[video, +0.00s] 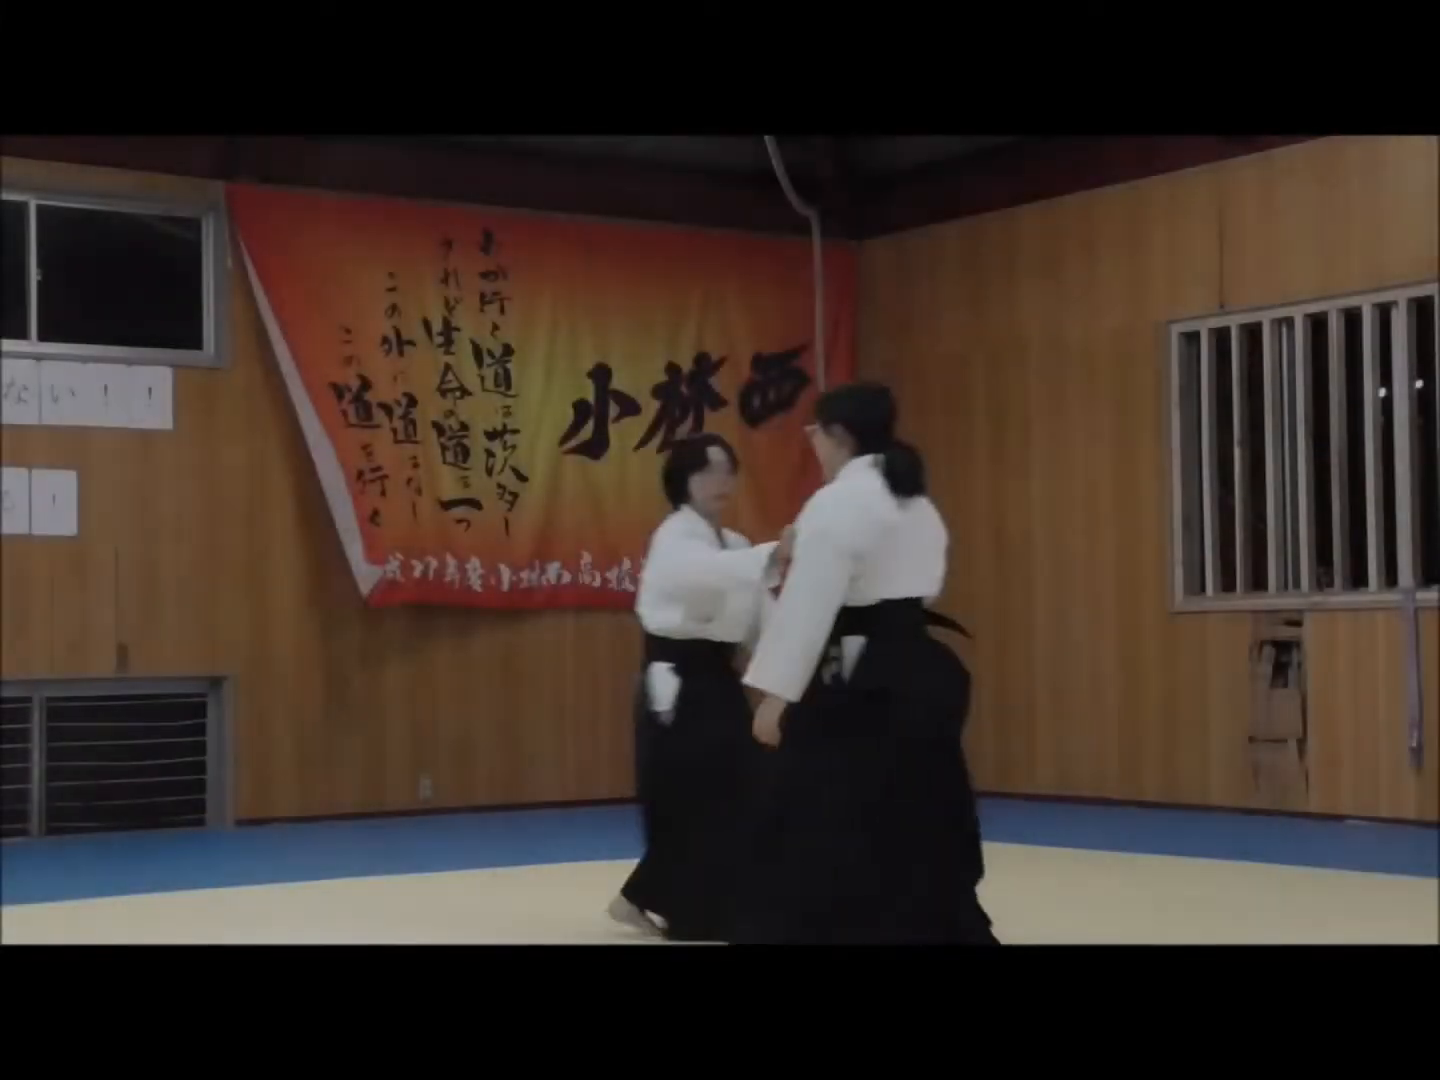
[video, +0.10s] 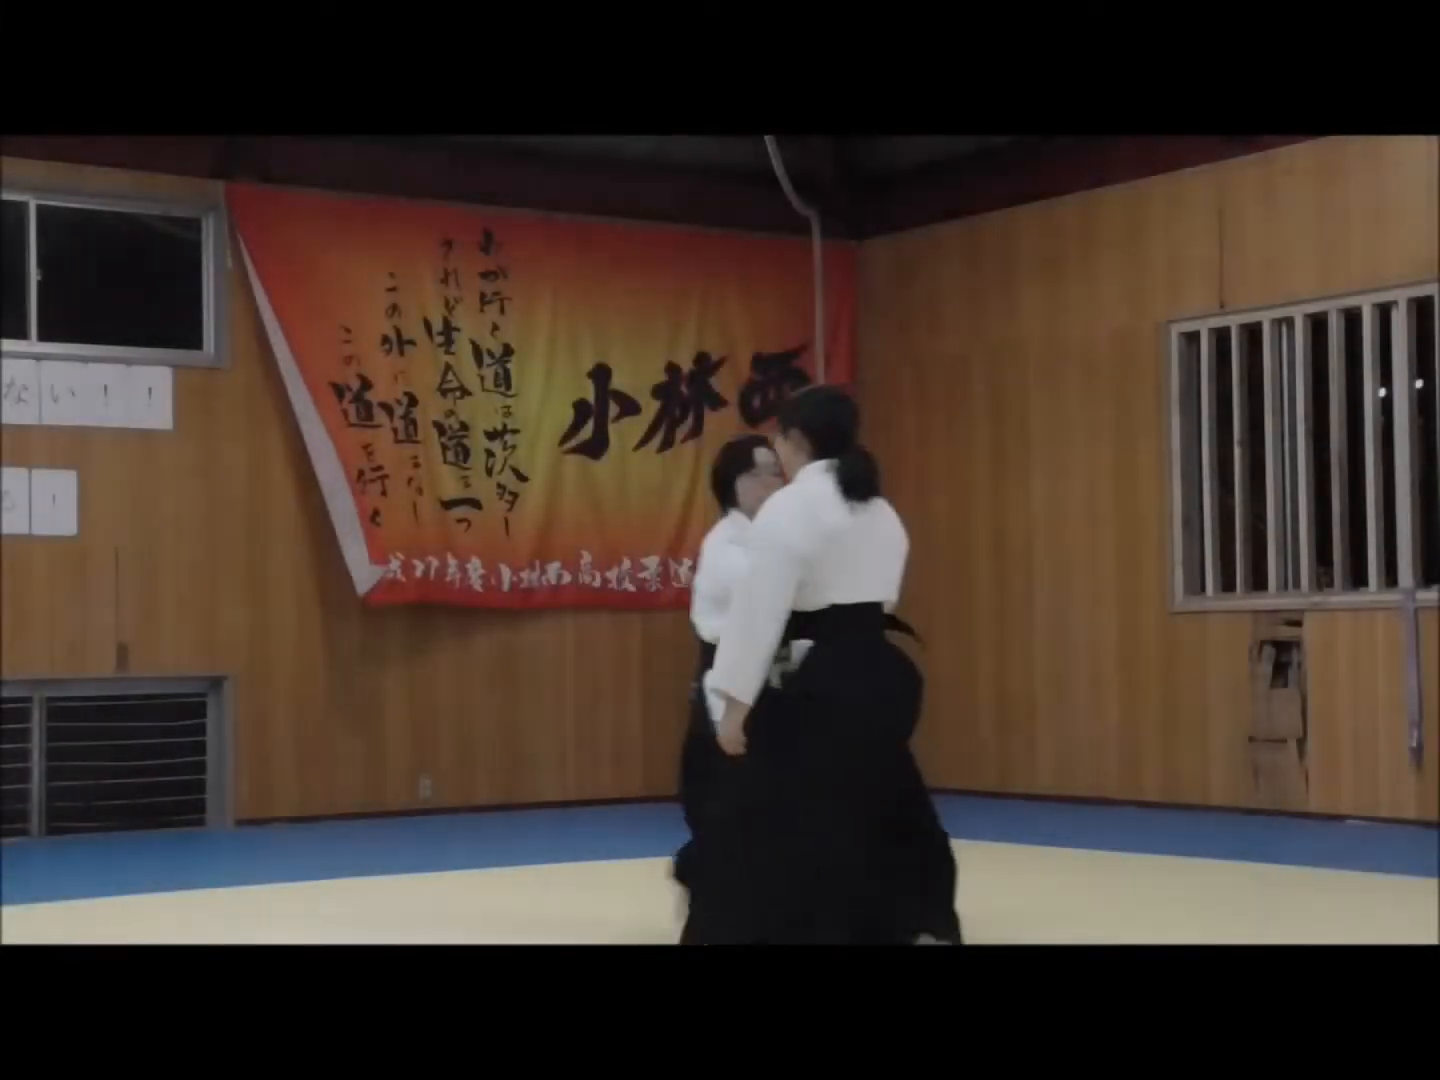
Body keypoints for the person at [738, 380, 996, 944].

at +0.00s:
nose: (812, 441)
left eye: (817, 431)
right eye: (814, 430)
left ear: (840, 436)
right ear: (878, 434)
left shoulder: (834, 507)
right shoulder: (918, 502)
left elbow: (808, 605)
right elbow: (922, 595)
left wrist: (776, 696)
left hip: (854, 676)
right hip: (921, 672)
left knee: (830, 814)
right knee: (916, 813)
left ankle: (835, 925)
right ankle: (926, 923)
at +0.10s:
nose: (775, 447)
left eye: (781, 436)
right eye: (776, 437)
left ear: (799, 439)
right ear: (844, 438)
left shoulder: (787, 512)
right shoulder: (883, 512)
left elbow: (759, 613)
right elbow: (884, 603)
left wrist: (733, 703)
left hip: (809, 680)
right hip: (880, 673)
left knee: (781, 815)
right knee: (875, 803)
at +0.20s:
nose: (741, 446)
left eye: (743, 435)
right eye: (743, 435)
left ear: (759, 439)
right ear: (809, 436)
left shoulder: (746, 508)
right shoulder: (851, 510)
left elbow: (717, 603)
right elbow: (863, 606)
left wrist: (693, 692)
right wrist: (909, 681)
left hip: (775, 682)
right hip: (852, 678)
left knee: (739, 817)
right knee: (841, 816)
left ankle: (739, 930)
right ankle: (849, 930)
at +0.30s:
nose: (714, 450)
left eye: (717, 440)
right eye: (716, 440)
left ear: (732, 443)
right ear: (779, 440)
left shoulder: (717, 508)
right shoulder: (822, 507)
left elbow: (679, 603)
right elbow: (847, 588)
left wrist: (643, 687)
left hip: (747, 680)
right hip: (826, 675)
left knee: (727, 817)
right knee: (823, 816)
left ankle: (733, 931)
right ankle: (828, 929)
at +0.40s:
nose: (700, 460)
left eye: (703, 450)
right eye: (703, 450)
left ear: (717, 452)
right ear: (763, 450)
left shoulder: (696, 518)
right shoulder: (808, 519)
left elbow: (648, 606)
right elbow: (830, 605)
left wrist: (610, 687)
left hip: (724, 683)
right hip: (804, 680)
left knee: (705, 817)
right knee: (791, 818)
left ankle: (703, 930)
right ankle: (785, 930)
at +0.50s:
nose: (689, 466)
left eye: (691, 456)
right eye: (691, 457)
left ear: (702, 459)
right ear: (753, 456)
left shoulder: (685, 522)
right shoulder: (795, 525)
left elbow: (635, 606)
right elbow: (818, 612)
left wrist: (595, 682)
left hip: (708, 679)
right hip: (788, 682)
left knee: (676, 819)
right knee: (758, 823)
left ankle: (666, 932)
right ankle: (743, 935)